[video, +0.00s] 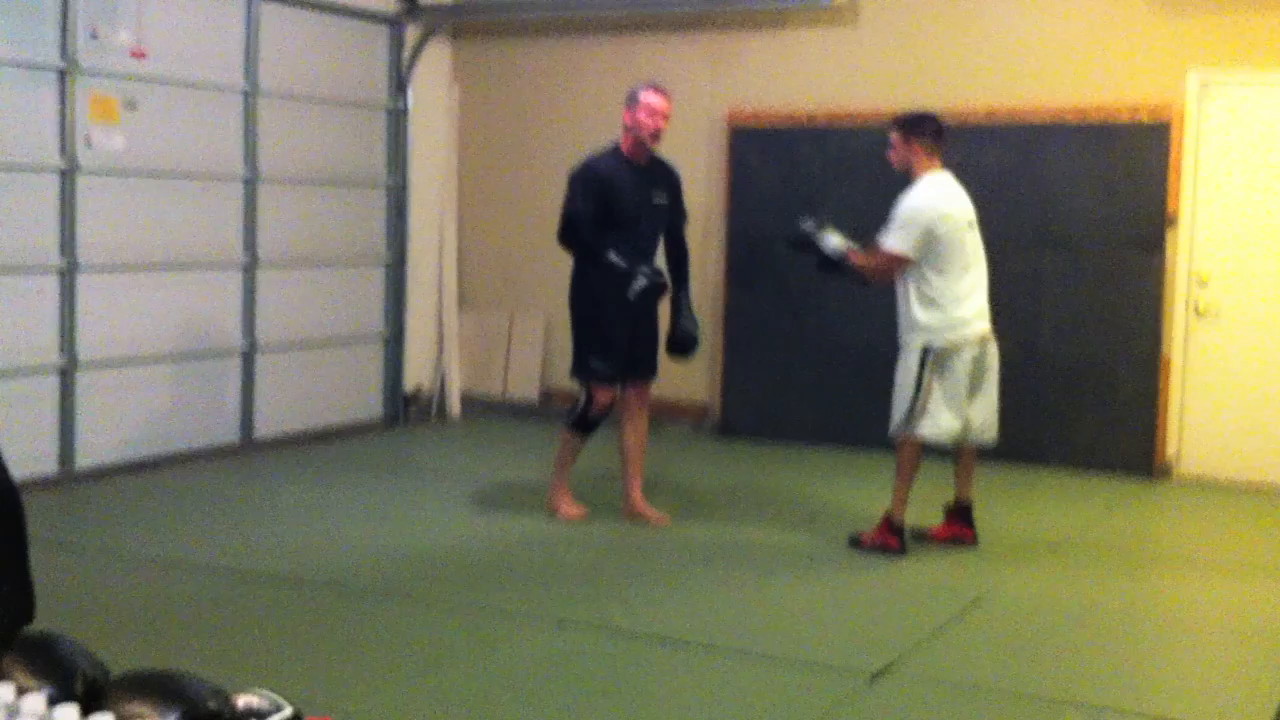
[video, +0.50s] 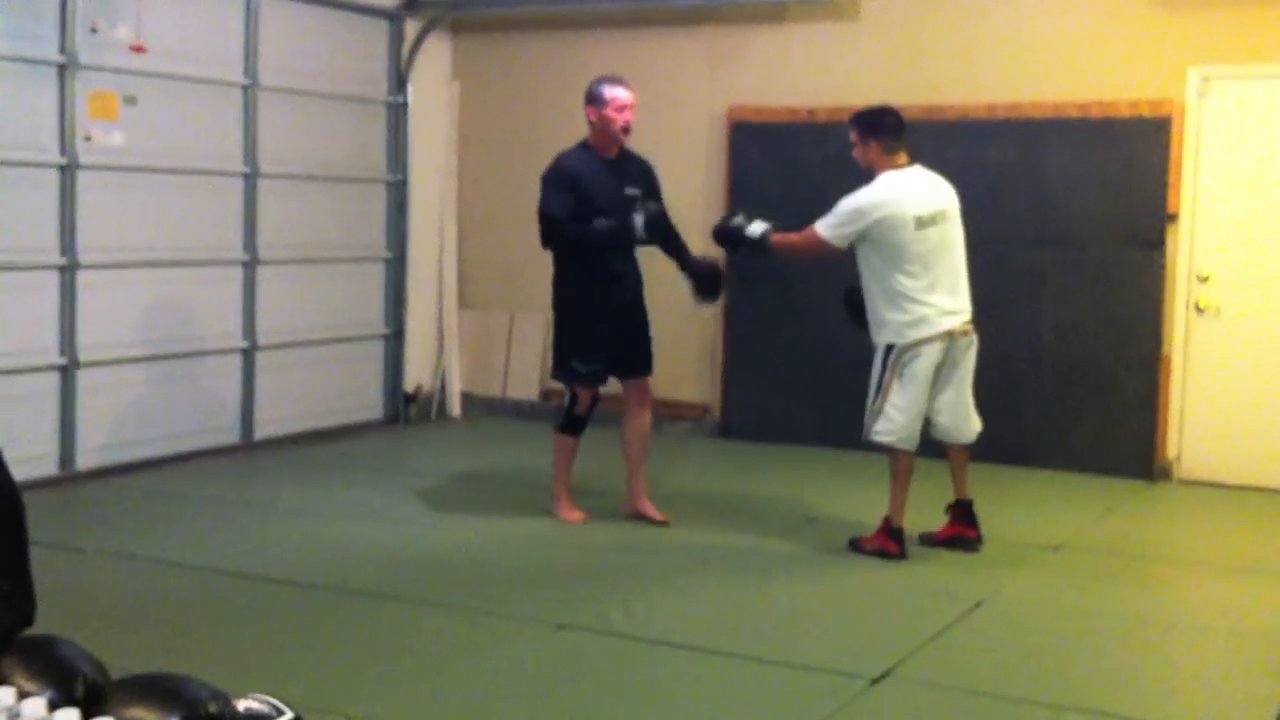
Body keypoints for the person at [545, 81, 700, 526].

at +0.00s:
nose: (658, 124)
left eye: (664, 117)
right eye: (651, 114)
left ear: (667, 122)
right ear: (628, 114)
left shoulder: (665, 178)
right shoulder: (593, 172)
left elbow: (676, 247)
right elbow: (571, 235)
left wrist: (682, 310)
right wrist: (624, 266)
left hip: (640, 300)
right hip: (597, 299)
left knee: (637, 394)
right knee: (601, 396)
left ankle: (634, 497)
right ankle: (560, 486)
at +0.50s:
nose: (629, 118)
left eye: (632, 109)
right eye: (620, 109)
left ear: (633, 113)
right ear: (592, 113)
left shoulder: (638, 169)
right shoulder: (566, 170)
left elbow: (659, 226)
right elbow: (552, 236)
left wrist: (691, 266)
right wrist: (617, 228)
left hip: (626, 296)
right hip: (580, 298)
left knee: (638, 392)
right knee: (584, 394)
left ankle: (637, 496)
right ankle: (561, 496)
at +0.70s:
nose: (624, 121)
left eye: (627, 112)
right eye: (615, 113)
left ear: (629, 114)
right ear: (588, 116)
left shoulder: (635, 168)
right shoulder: (562, 170)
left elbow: (669, 222)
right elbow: (545, 235)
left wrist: (684, 201)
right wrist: (601, 216)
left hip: (623, 295)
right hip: (576, 298)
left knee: (644, 389)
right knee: (580, 395)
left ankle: (642, 492)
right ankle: (560, 494)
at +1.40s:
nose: (680, 116)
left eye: (681, 108)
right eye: (669, 109)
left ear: (680, 114)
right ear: (643, 117)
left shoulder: (691, 170)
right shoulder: (616, 173)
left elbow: (721, 224)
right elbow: (591, 232)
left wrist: (738, 221)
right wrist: (649, 211)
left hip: (674, 298)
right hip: (626, 299)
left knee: (681, 397)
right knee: (619, 399)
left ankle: (690, 496)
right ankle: (571, 486)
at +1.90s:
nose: (700, 127)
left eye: (702, 119)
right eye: (693, 119)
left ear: (695, 122)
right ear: (666, 118)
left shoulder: (697, 168)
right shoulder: (640, 173)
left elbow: (705, 228)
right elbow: (656, 221)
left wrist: (740, 227)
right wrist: (701, 169)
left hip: (695, 298)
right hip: (650, 301)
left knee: (739, 382)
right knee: (652, 400)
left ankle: (733, 487)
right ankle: (621, 495)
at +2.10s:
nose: (721, 133)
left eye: (726, 124)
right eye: (714, 124)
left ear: (729, 126)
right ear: (690, 123)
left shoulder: (723, 173)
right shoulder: (665, 174)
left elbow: (758, 222)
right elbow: (680, 221)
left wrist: (786, 184)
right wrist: (719, 163)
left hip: (716, 302)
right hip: (671, 302)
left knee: (742, 400)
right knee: (662, 401)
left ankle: (775, 502)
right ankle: (622, 493)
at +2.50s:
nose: (777, 139)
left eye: (783, 130)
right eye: (771, 129)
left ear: (783, 127)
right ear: (749, 120)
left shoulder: (771, 168)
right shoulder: (717, 169)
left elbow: (797, 226)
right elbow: (744, 220)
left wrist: (832, 189)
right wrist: (777, 162)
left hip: (760, 291)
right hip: (720, 293)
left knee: (775, 396)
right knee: (728, 399)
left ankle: (780, 505)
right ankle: (681, 496)